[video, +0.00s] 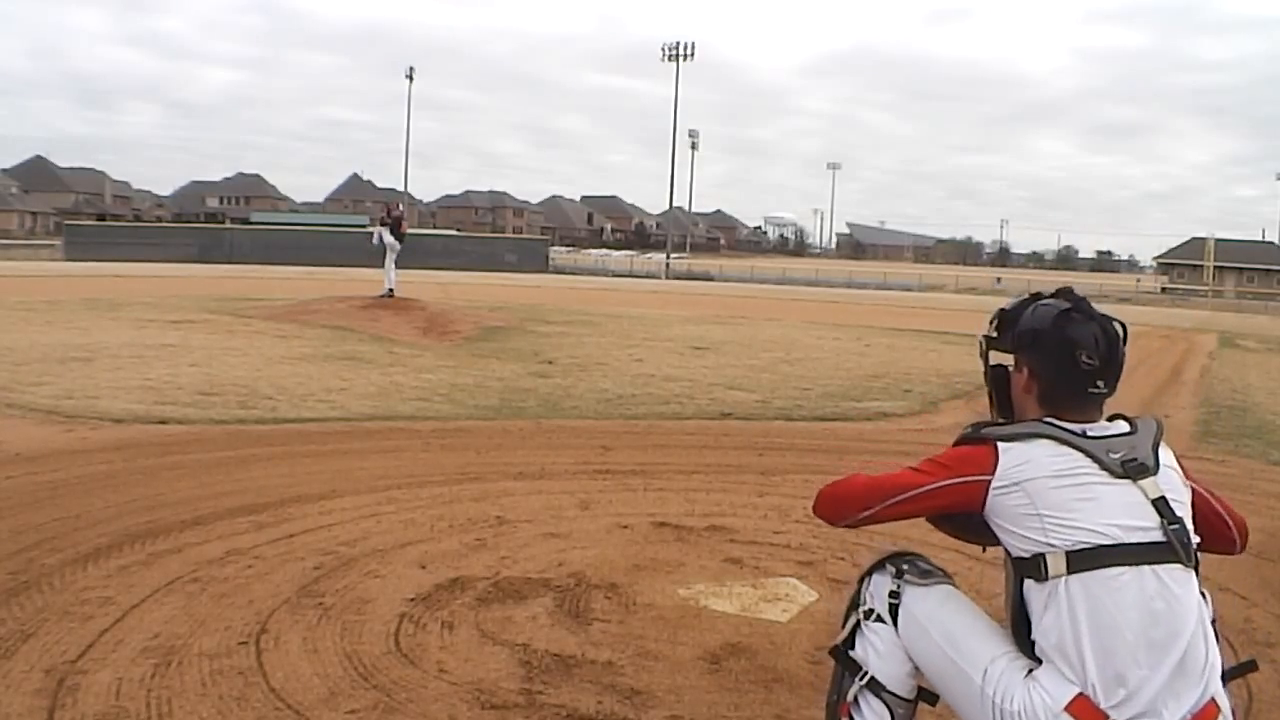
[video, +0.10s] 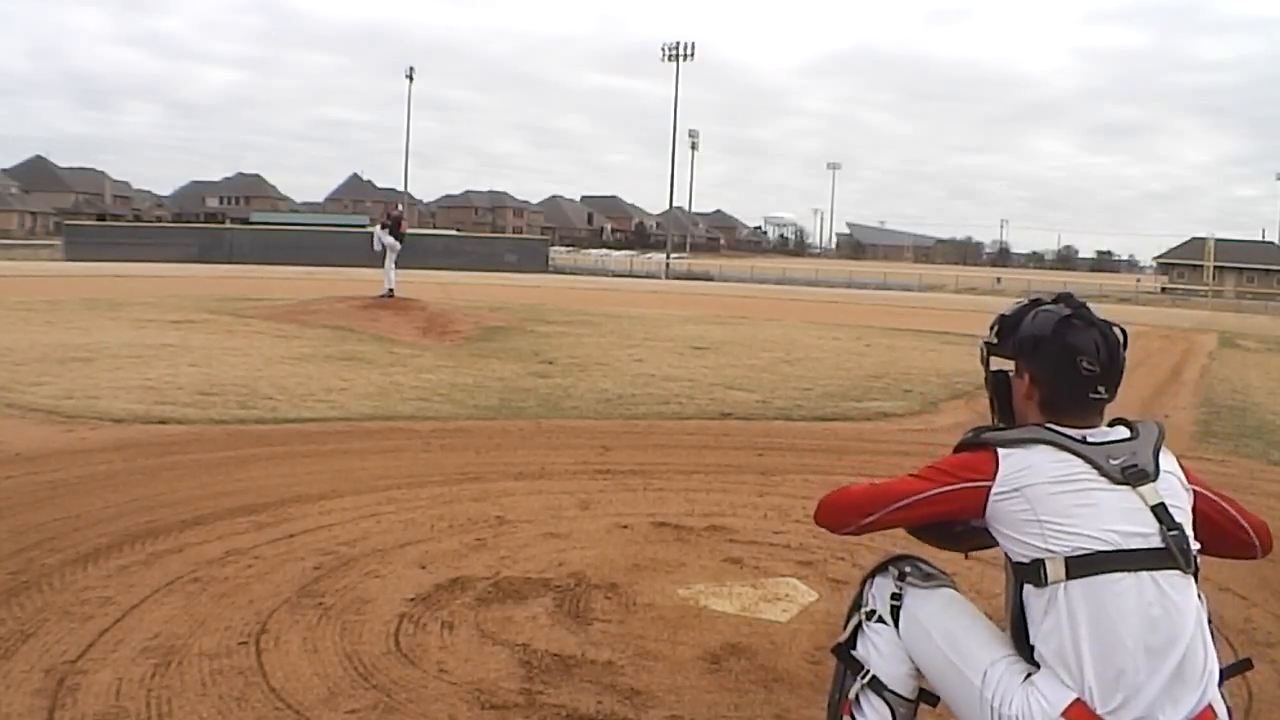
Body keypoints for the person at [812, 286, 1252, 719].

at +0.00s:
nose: (1008, 375)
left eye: (1011, 363)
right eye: (1010, 362)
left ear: (1026, 378)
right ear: (1100, 380)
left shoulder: (1003, 457)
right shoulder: (1153, 451)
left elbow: (832, 504)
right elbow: (1232, 535)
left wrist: (929, 486)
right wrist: (1131, 501)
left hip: (1081, 710)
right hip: (1202, 709)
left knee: (893, 583)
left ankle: (868, 707)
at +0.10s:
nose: (1007, 383)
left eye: (1011, 371)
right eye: (1009, 369)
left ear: (1028, 386)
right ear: (1104, 386)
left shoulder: (1003, 464)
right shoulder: (1158, 458)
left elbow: (833, 512)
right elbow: (1253, 538)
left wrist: (957, 523)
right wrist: (1142, 513)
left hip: (1078, 711)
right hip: (1199, 710)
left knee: (895, 585)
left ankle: (869, 709)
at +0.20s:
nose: (1005, 385)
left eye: (1009, 372)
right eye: (1007, 371)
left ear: (1026, 387)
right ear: (1100, 386)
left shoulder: (998, 465)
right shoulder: (1160, 464)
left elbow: (837, 517)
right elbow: (1262, 549)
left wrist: (927, 521)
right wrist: (1151, 550)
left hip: (1067, 712)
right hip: (1193, 711)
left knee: (893, 585)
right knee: (1058, 578)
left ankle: (869, 709)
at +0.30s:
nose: (1002, 388)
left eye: (1005, 375)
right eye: (1002, 373)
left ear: (1022, 390)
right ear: (1094, 390)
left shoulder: (994, 468)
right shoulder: (1157, 469)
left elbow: (845, 522)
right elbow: (1267, 569)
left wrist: (884, 487)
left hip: (1067, 715)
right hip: (1191, 713)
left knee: (893, 587)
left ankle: (870, 710)